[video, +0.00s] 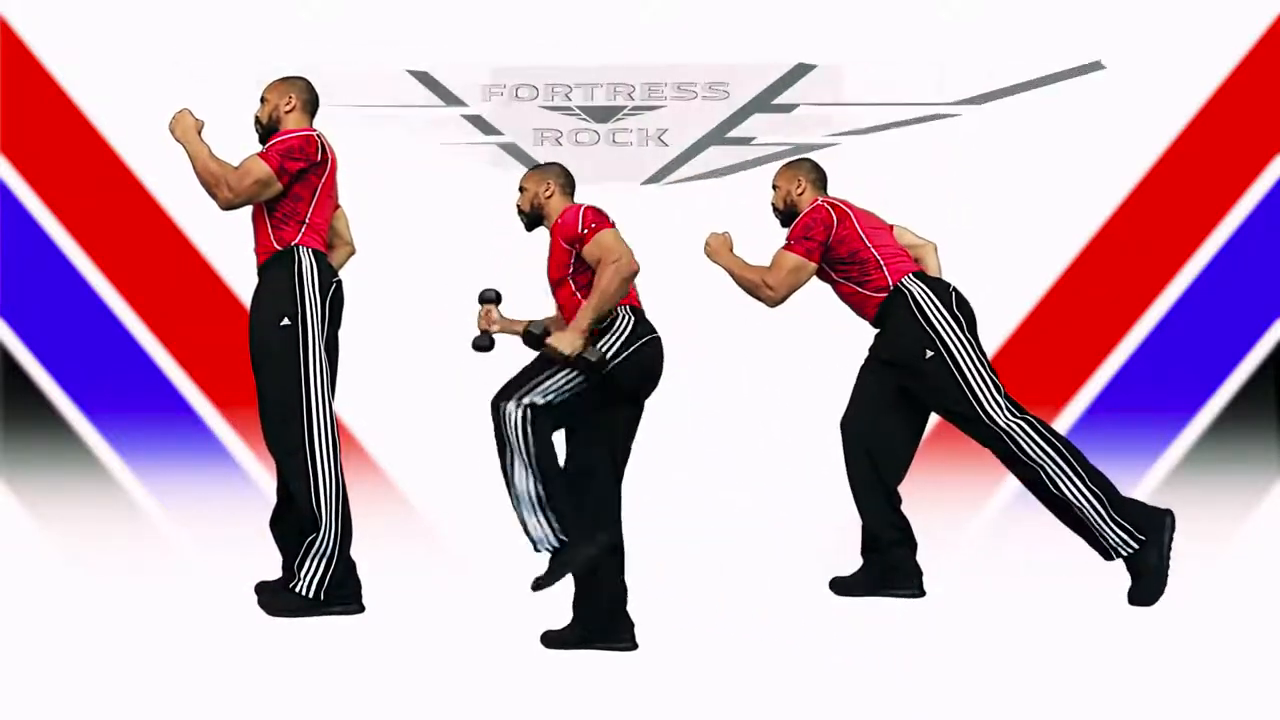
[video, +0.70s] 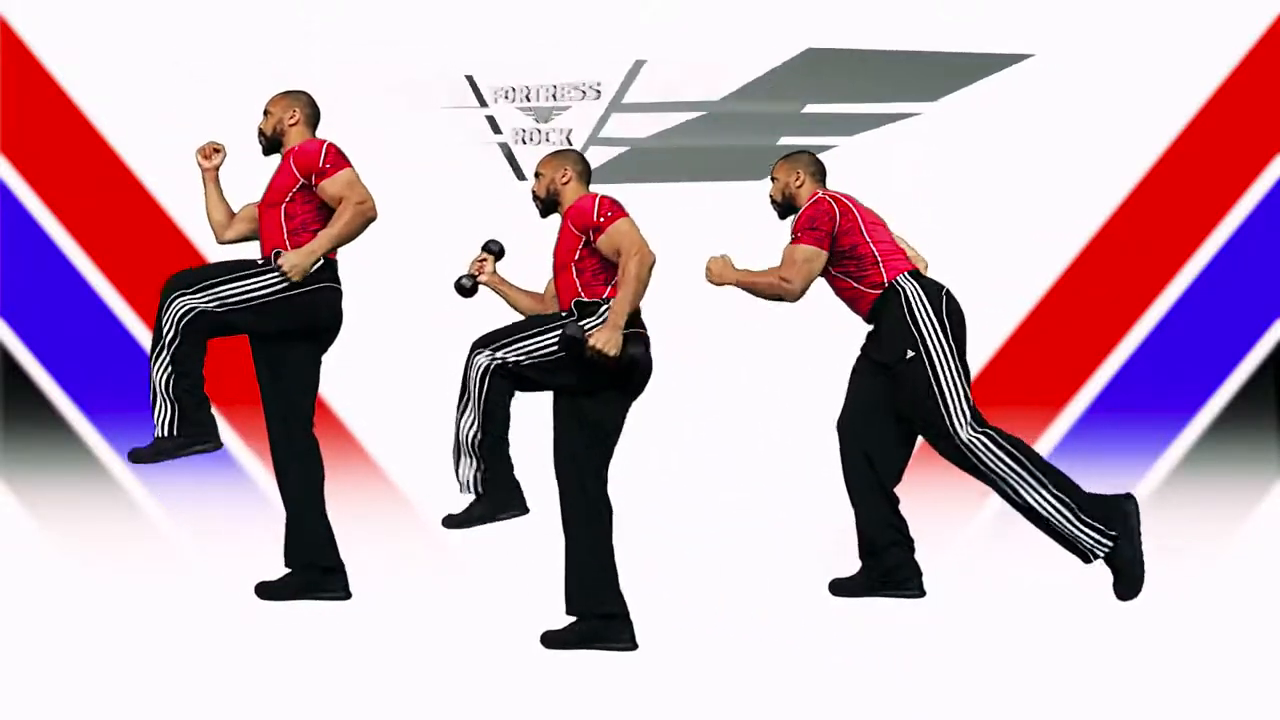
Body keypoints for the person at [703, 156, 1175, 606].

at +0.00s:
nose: (773, 199)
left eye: (779, 189)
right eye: (773, 191)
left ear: (805, 188)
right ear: (811, 191)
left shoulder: (818, 216)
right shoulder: (846, 219)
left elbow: (772, 289)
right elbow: (922, 248)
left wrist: (724, 258)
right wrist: (942, 313)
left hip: (920, 309)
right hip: (903, 325)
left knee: (1001, 424)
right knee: (864, 437)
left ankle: (1136, 531)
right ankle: (891, 567)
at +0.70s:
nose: (769, 188)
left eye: (775, 178)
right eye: (769, 181)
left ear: (802, 176)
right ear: (807, 183)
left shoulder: (820, 207)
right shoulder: (846, 212)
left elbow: (790, 283)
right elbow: (915, 263)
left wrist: (731, 276)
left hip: (913, 306)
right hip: (892, 323)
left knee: (960, 434)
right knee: (861, 439)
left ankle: (1104, 527)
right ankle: (890, 568)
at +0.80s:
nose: (774, 179)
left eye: (779, 168)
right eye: (775, 171)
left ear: (803, 165)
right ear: (812, 168)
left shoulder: (826, 194)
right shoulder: (843, 201)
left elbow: (825, 268)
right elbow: (886, 277)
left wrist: (760, 294)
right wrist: (851, 322)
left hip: (913, 301)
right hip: (887, 317)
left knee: (906, 432)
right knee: (866, 435)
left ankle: (1034, 512)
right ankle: (890, 567)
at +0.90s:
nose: (784, 166)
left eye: (788, 156)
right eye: (784, 158)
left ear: (811, 154)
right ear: (816, 156)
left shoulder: (842, 183)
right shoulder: (834, 205)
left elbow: (867, 246)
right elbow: (867, 284)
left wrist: (817, 300)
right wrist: (807, 298)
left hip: (910, 291)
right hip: (901, 302)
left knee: (834, 393)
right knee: (880, 430)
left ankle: (916, 504)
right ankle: (889, 568)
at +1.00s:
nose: (793, 158)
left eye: (798, 148)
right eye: (793, 150)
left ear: (822, 144)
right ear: (823, 146)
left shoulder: (851, 172)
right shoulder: (843, 198)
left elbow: (899, 220)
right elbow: (824, 272)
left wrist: (887, 292)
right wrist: (770, 251)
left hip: (901, 288)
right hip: (905, 301)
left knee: (794, 339)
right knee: (883, 440)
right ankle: (892, 569)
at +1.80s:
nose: (789, 158)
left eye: (793, 147)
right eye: (788, 150)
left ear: (818, 144)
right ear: (822, 147)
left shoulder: (846, 174)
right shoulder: (834, 198)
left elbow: (874, 239)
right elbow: (853, 297)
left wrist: (824, 297)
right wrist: (801, 299)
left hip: (903, 284)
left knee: (814, 375)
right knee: (880, 442)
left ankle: (897, 487)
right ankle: (894, 589)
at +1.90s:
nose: (780, 166)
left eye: (784, 155)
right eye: (780, 159)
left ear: (809, 152)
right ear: (813, 155)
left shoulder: (836, 183)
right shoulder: (833, 195)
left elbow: (829, 258)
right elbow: (883, 271)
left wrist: (757, 274)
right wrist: (864, 324)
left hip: (907, 292)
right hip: (885, 309)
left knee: (888, 426)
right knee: (868, 440)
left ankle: (1016, 500)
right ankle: (895, 580)